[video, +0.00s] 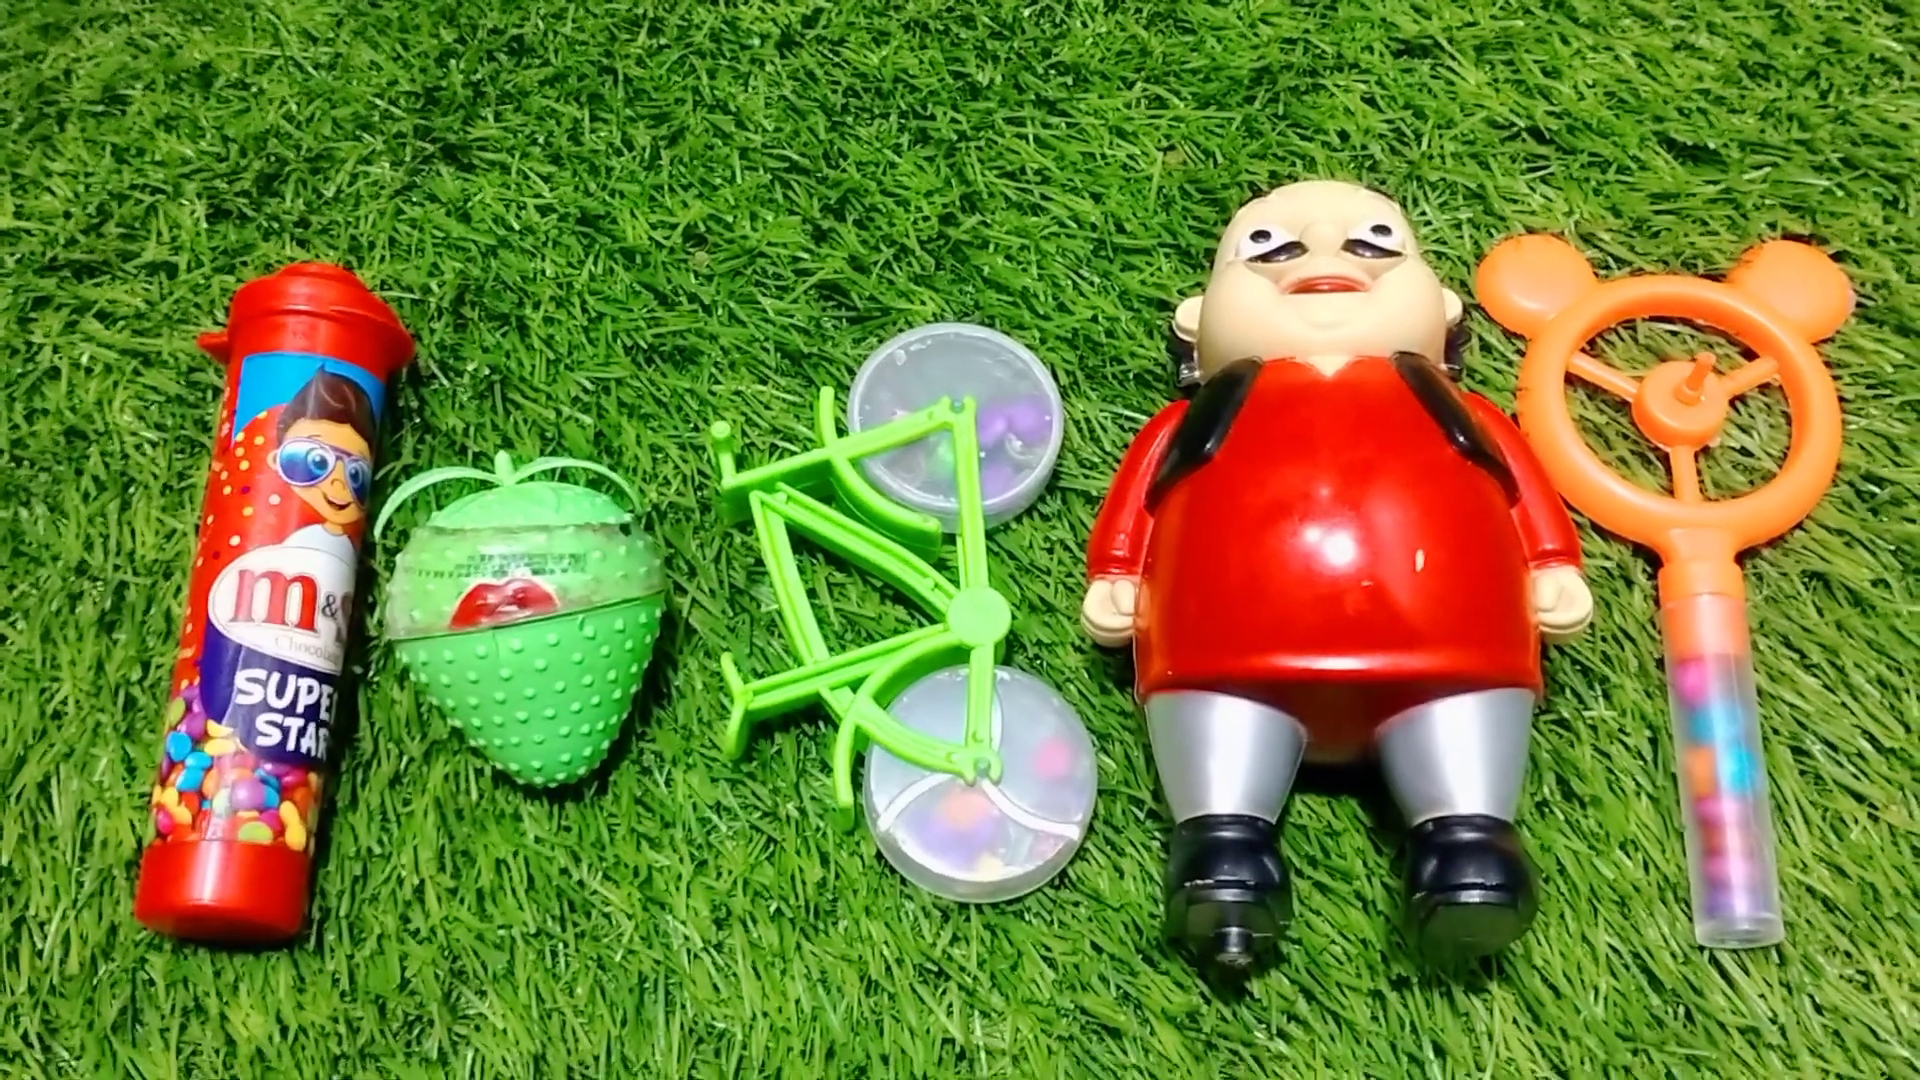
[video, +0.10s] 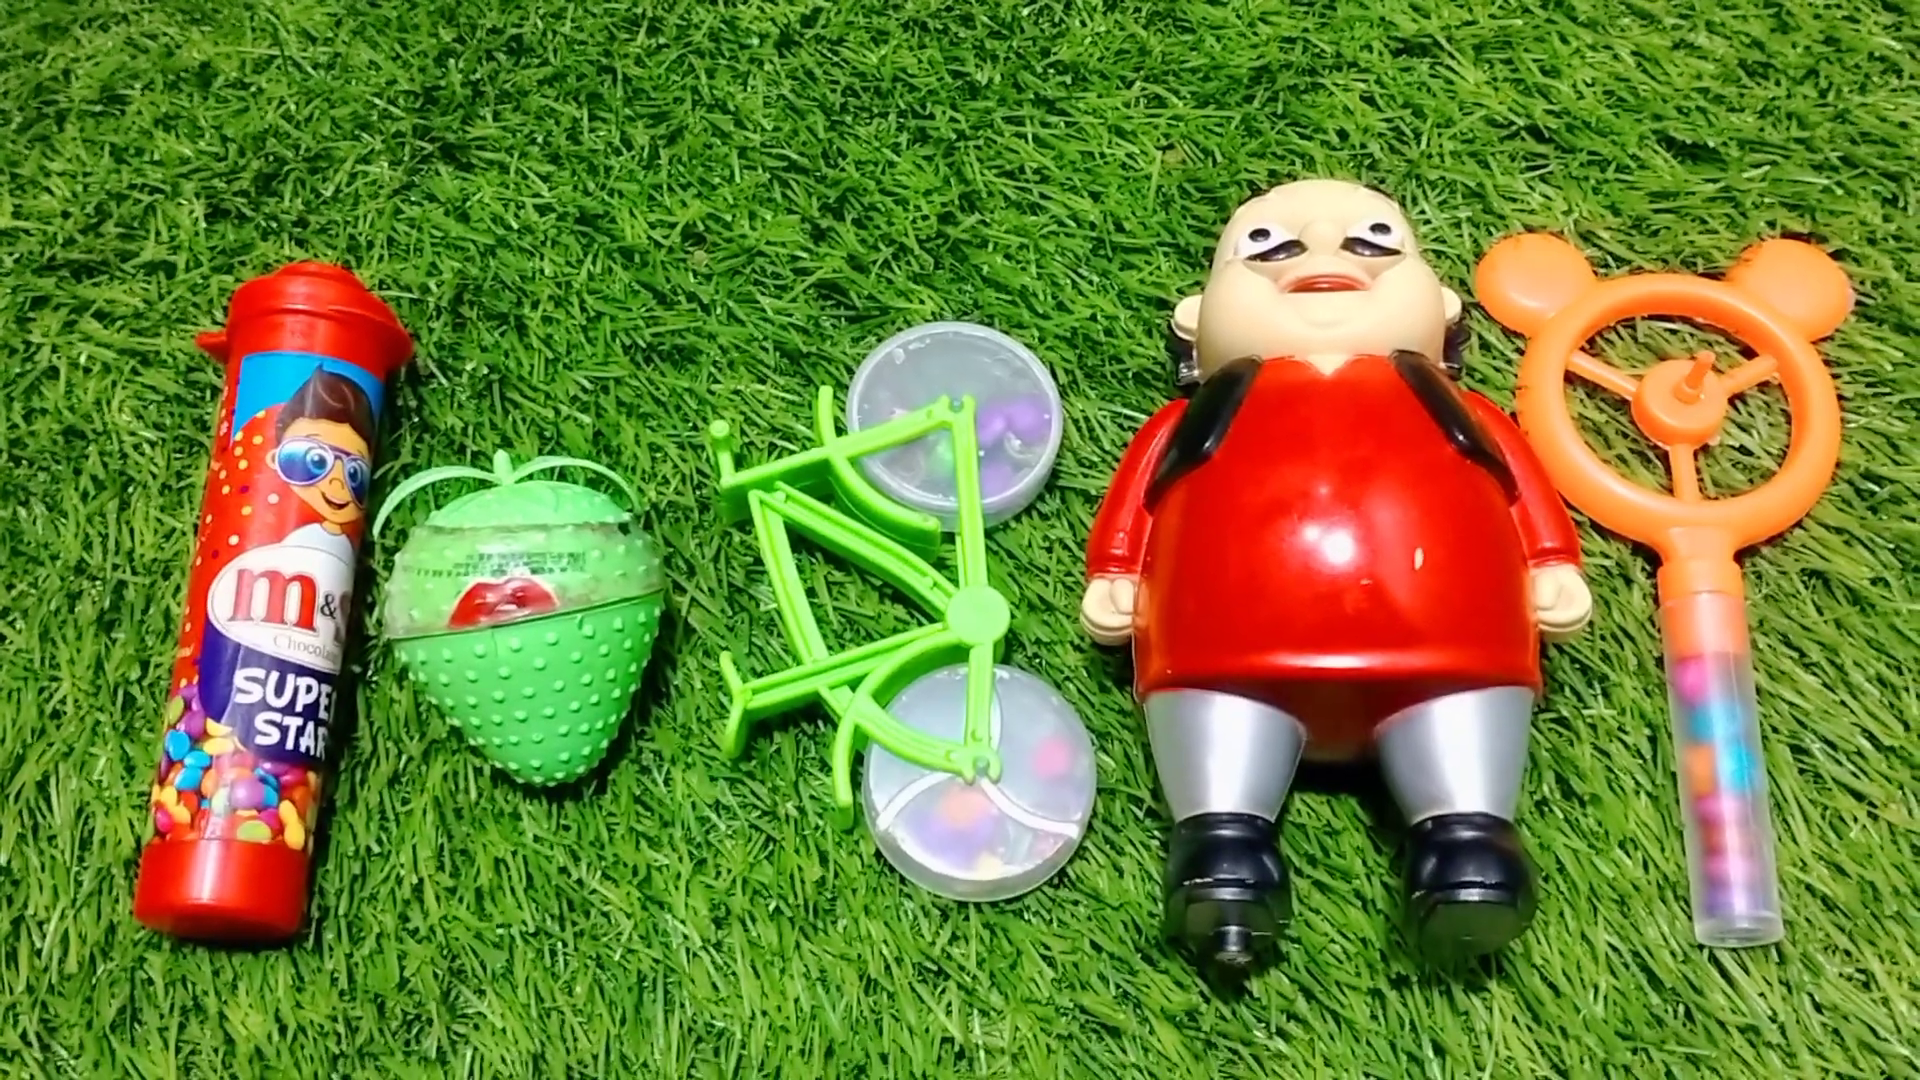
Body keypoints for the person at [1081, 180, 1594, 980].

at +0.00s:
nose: (1327, 256)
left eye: (1375, 239)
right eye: (1274, 242)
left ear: (1442, 312)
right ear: (1198, 322)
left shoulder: (1461, 407)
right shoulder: (1191, 417)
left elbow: (1521, 481)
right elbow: (1139, 492)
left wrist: (1551, 560)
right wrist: (1117, 569)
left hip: (1440, 586)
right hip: (1238, 591)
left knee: (1465, 682)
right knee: (1219, 689)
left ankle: (1468, 841)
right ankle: (1227, 858)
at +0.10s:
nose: (1326, 254)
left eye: (1375, 238)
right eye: (1274, 240)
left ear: (1441, 310)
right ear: (1197, 321)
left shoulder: (1461, 406)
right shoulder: (1188, 416)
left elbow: (1521, 479)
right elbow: (1137, 491)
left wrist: (1551, 558)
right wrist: (1116, 568)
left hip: (1439, 585)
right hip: (1236, 590)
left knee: (1465, 681)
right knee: (1217, 689)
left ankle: (1468, 841)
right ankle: (1226, 859)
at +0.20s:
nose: (1332, 251)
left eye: (1380, 235)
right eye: (1279, 237)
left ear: (1448, 310)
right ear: (1203, 318)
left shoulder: (1465, 404)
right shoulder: (1195, 413)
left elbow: (1525, 475)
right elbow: (1142, 487)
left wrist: (1555, 556)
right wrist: (1121, 564)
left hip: (1443, 582)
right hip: (1241, 586)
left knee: (1467, 679)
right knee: (1222, 684)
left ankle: (1470, 837)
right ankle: (1229, 850)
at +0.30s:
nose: (1332, 250)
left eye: (1380, 234)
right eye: (1278, 236)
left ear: (1448, 309)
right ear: (1202, 318)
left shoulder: (1467, 404)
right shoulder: (1192, 412)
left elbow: (1525, 476)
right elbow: (1142, 488)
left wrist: (1555, 555)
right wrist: (1120, 563)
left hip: (1443, 582)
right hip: (1240, 586)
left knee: (1468, 680)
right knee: (1221, 686)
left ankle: (1470, 838)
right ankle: (1228, 851)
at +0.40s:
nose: (1331, 250)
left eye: (1379, 234)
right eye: (1278, 236)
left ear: (1446, 309)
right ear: (1202, 317)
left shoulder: (1466, 402)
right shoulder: (1193, 411)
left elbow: (1524, 475)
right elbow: (1142, 486)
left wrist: (1554, 554)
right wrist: (1120, 562)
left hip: (1442, 581)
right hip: (1240, 585)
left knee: (1467, 678)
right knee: (1221, 684)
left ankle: (1469, 836)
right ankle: (1228, 850)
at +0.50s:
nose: (1332, 247)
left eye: (1380, 230)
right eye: (1277, 233)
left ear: (1448, 306)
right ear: (1201, 315)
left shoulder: (1466, 401)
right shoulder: (1194, 409)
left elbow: (1525, 472)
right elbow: (1142, 483)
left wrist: (1552, 552)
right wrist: (1121, 560)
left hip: (1442, 578)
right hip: (1240, 581)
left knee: (1466, 672)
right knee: (1222, 680)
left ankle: (1468, 834)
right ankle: (1227, 842)